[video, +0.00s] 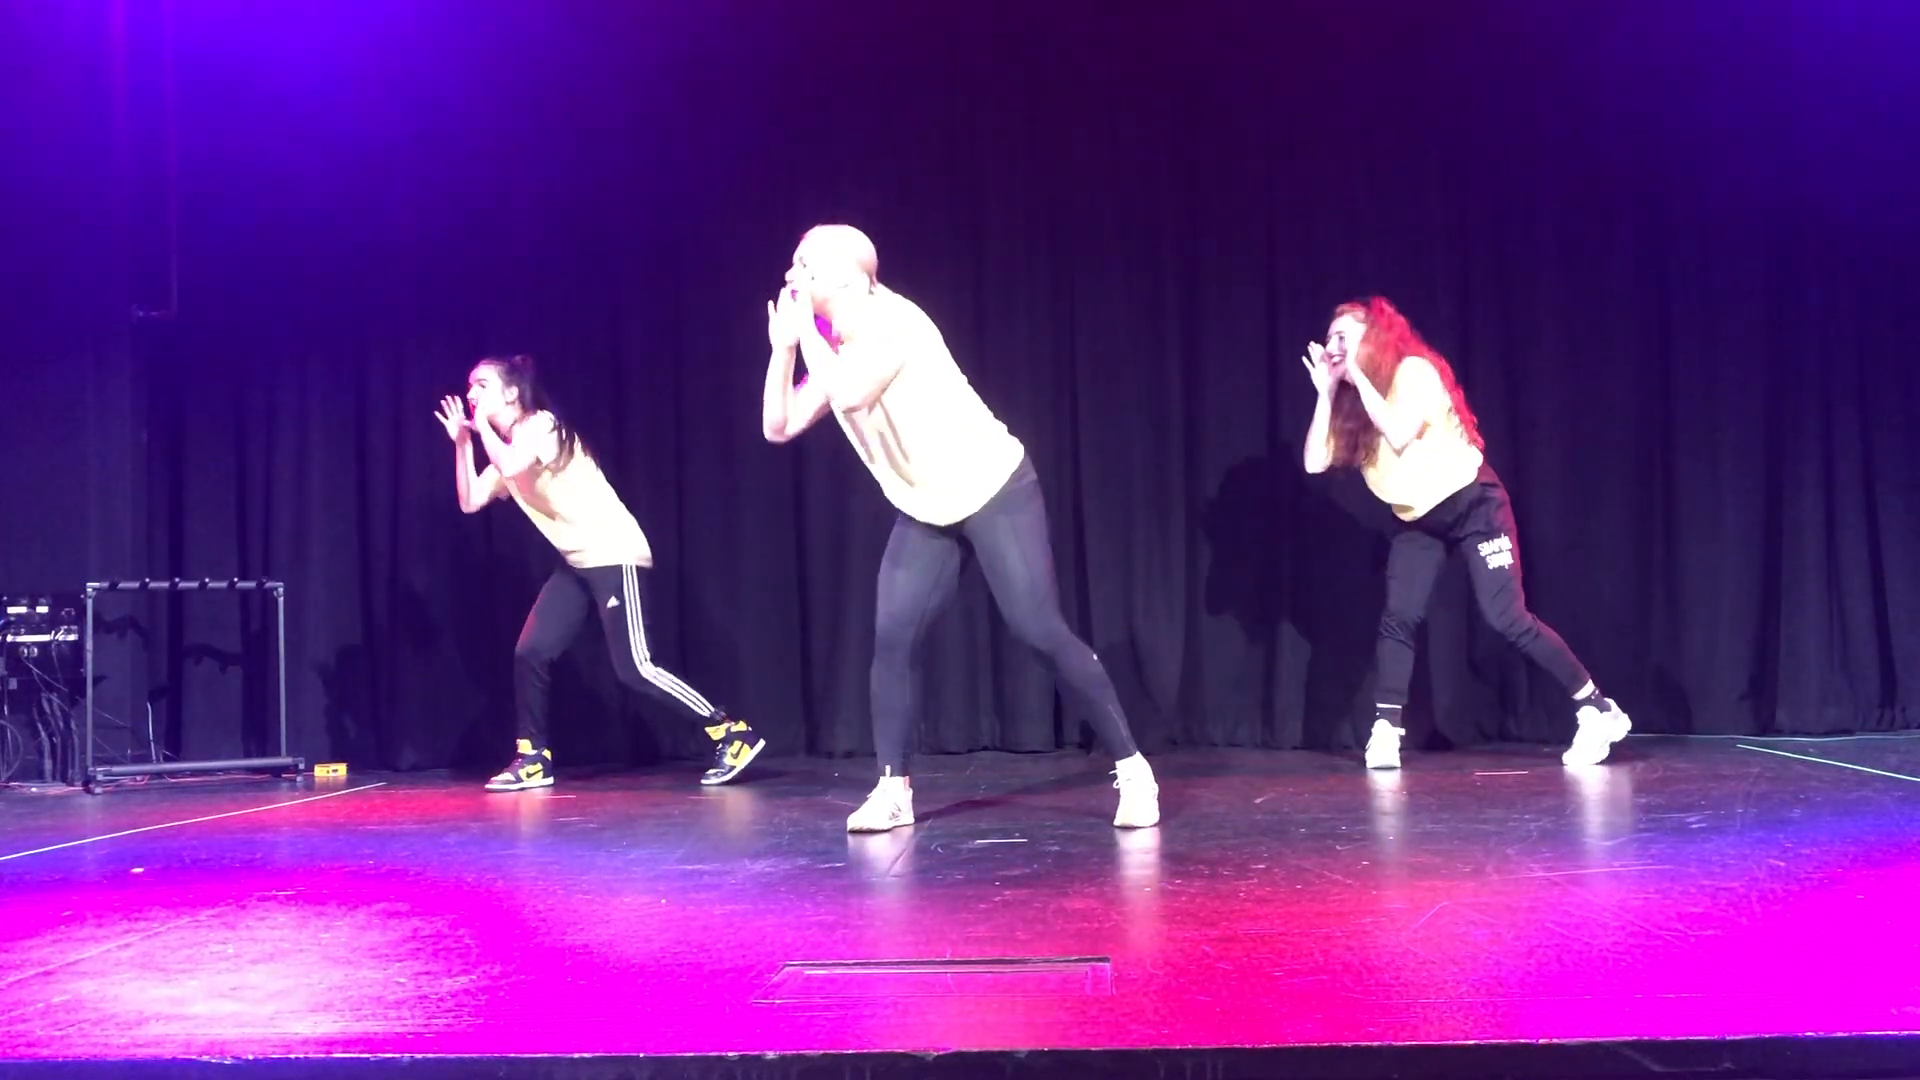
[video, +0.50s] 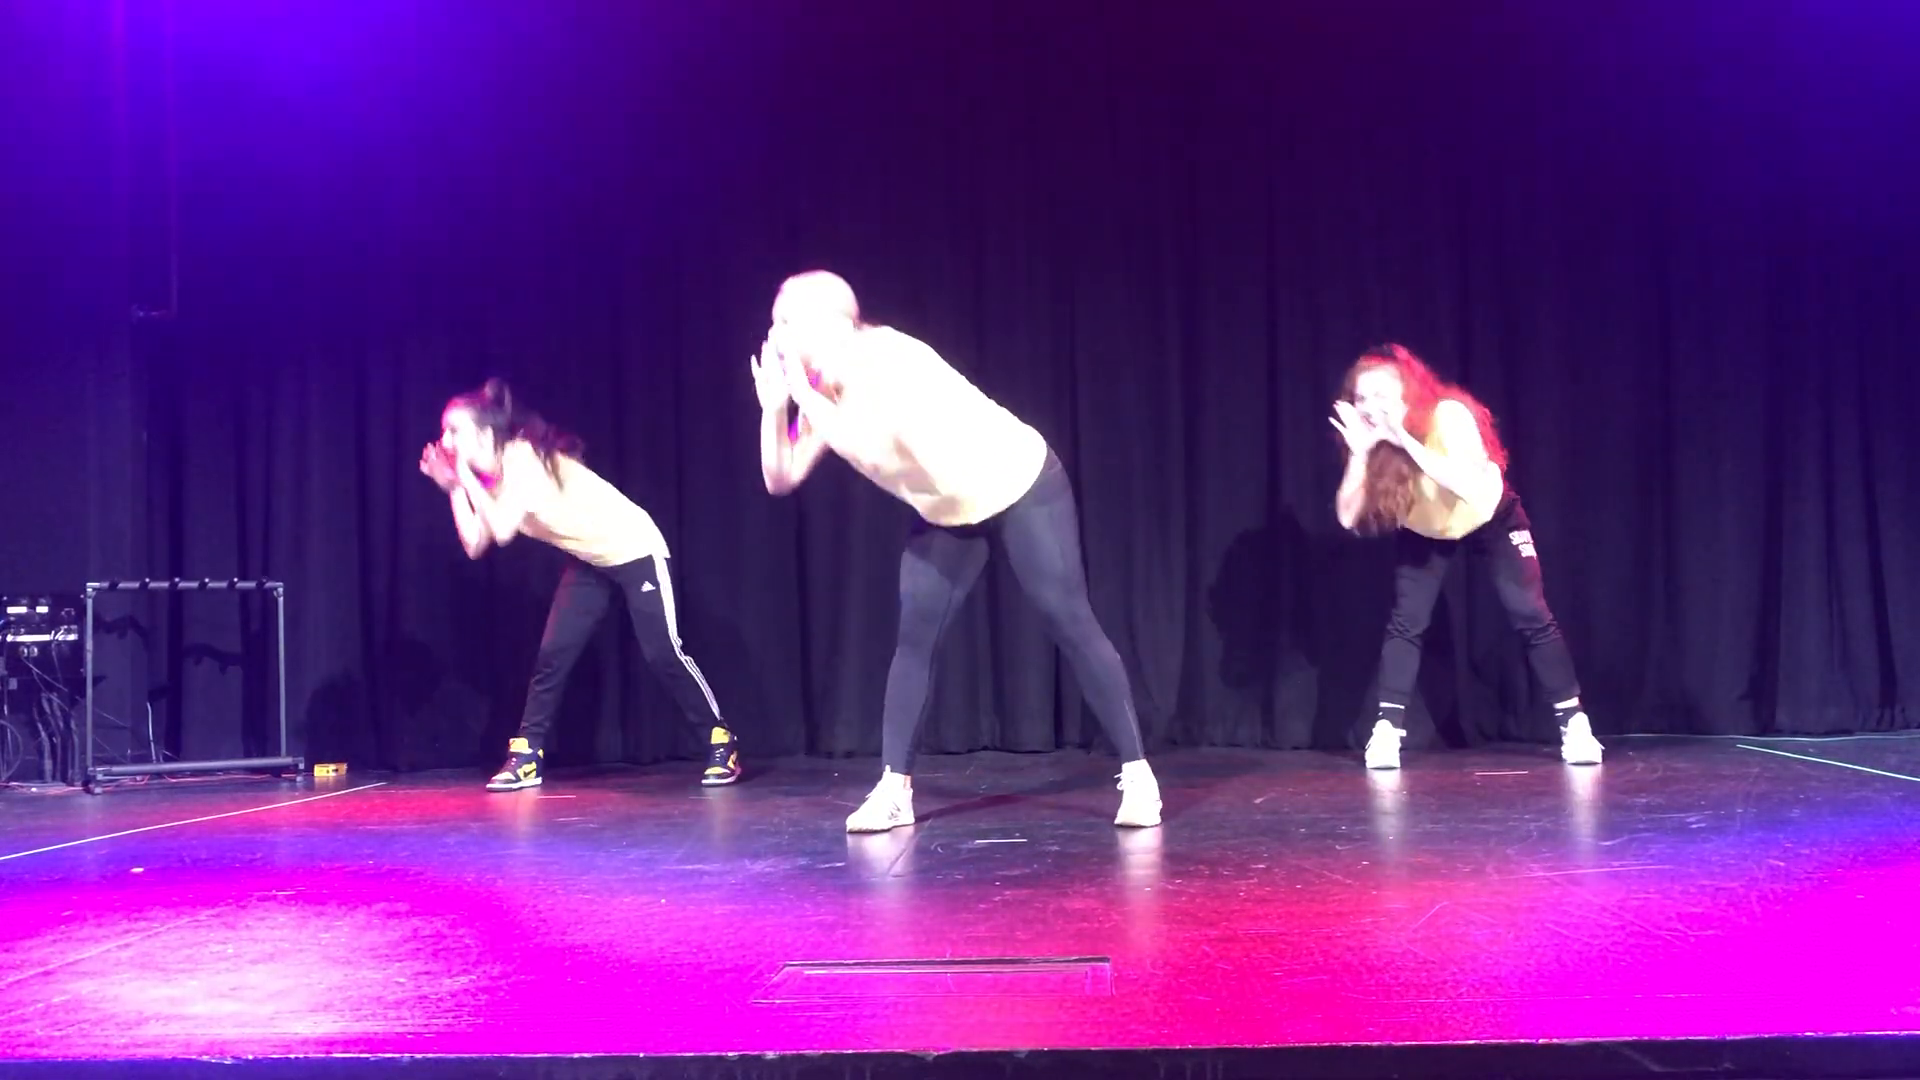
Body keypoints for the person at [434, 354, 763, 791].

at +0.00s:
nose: (471, 395)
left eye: (481, 385)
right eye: (471, 386)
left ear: (513, 394)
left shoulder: (543, 425)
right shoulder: (504, 447)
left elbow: (512, 465)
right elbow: (471, 501)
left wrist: (481, 424)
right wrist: (461, 445)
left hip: (615, 555)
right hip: (577, 562)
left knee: (635, 668)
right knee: (531, 651)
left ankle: (731, 734)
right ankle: (534, 760)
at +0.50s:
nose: (447, 440)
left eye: (455, 430)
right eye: (446, 431)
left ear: (487, 432)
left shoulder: (523, 457)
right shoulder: (482, 480)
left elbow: (504, 527)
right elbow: (473, 544)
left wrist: (463, 475)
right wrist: (452, 486)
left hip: (637, 551)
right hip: (589, 562)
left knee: (663, 652)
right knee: (552, 657)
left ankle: (720, 744)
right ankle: (527, 758)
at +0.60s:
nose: (459, 478)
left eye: (468, 468)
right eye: (458, 468)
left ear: (502, 471)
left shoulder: (541, 499)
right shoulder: (490, 509)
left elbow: (528, 574)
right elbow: (485, 574)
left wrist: (480, 521)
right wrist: (467, 524)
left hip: (649, 559)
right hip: (593, 569)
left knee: (667, 653)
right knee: (558, 655)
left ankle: (723, 742)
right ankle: (526, 758)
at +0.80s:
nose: (536, 510)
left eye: (547, 501)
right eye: (529, 500)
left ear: (573, 504)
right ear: (522, 502)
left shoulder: (602, 521)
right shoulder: (534, 528)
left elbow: (610, 601)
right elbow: (520, 596)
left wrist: (565, 552)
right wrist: (521, 548)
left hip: (657, 565)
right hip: (599, 573)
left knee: (680, 650)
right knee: (559, 656)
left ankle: (725, 746)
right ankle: (525, 756)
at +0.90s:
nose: (589, 504)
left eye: (599, 495)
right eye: (579, 495)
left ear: (618, 497)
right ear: (567, 496)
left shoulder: (642, 522)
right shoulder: (559, 521)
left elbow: (653, 597)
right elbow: (547, 593)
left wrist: (611, 550)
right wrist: (558, 542)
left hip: (656, 569)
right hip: (591, 574)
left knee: (680, 650)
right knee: (563, 651)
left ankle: (725, 746)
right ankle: (525, 754)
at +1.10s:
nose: (673, 475)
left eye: (682, 465)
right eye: (665, 464)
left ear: (694, 469)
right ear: (647, 464)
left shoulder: (701, 500)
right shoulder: (621, 490)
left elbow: (718, 575)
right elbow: (608, 564)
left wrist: (694, 514)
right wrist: (640, 512)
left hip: (668, 568)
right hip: (608, 563)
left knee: (688, 646)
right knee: (568, 650)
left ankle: (727, 747)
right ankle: (525, 755)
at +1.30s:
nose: (724, 429)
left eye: (731, 420)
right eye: (714, 419)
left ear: (738, 425)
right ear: (693, 423)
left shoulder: (732, 469)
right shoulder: (661, 453)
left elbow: (758, 535)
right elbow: (659, 519)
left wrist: (740, 476)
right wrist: (691, 468)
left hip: (678, 558)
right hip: (617, 551)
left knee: (699, 647)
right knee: (573, 651)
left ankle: (727, 747)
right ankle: (525, 751)